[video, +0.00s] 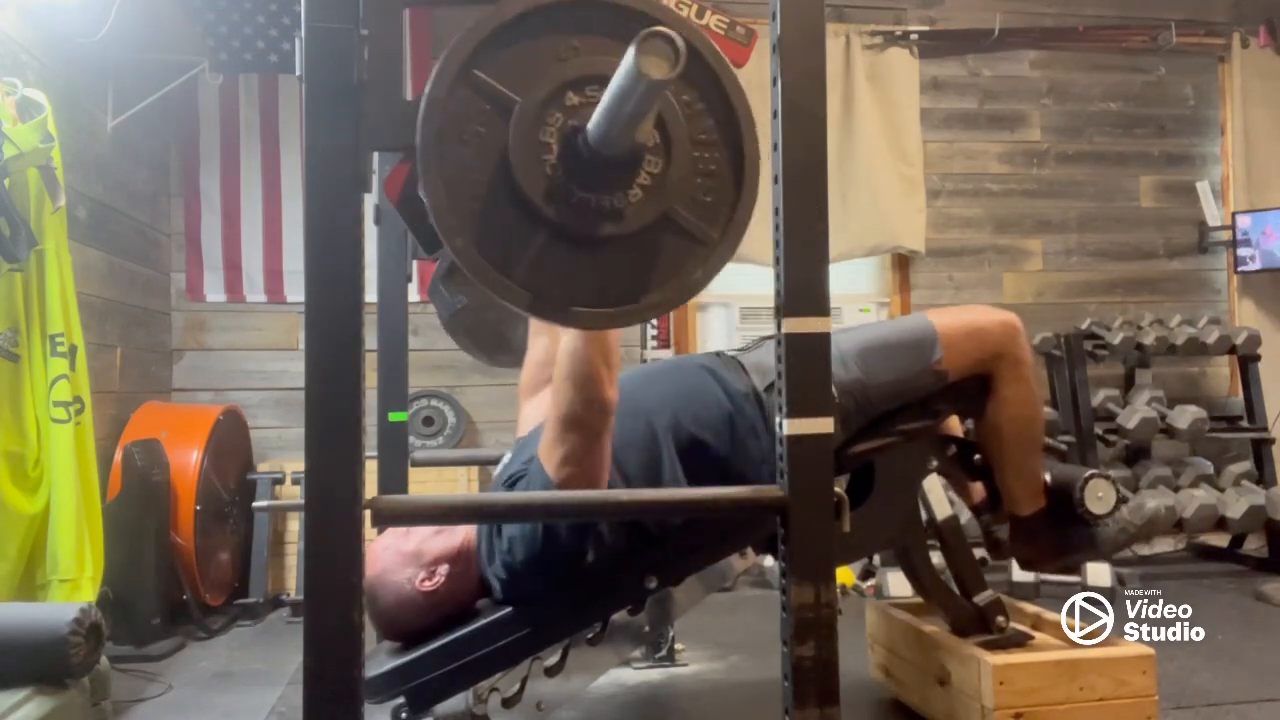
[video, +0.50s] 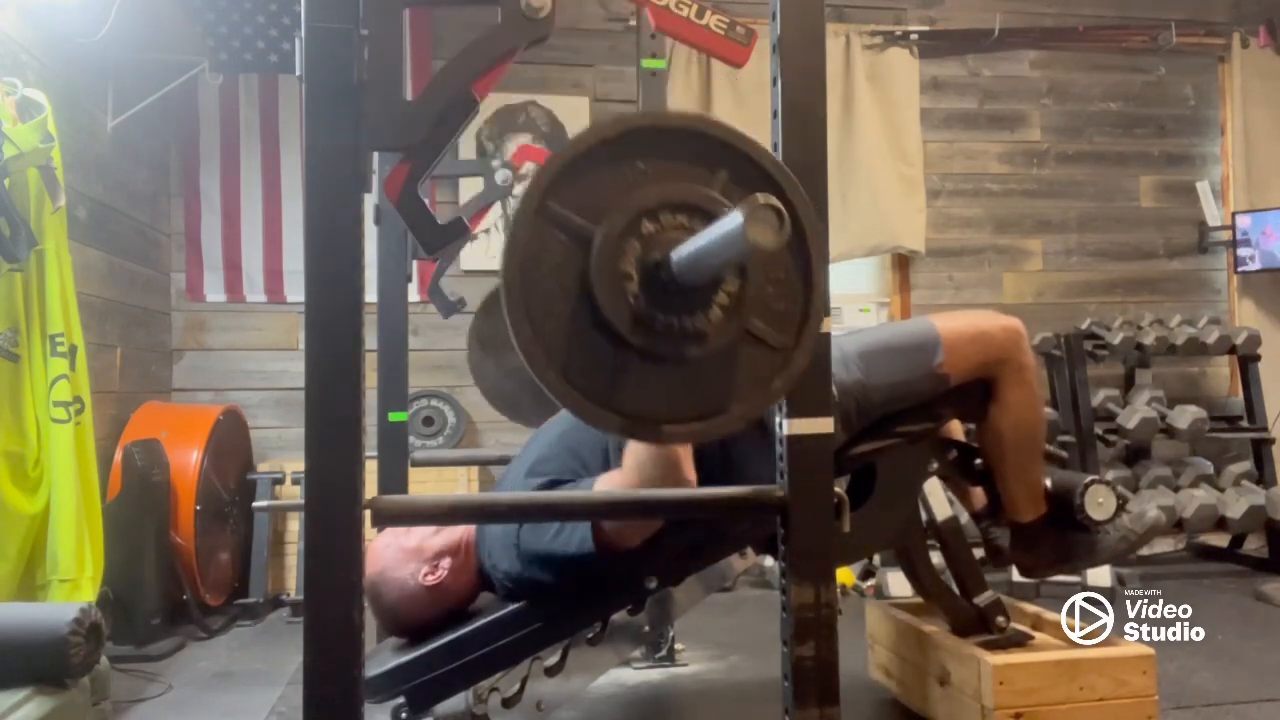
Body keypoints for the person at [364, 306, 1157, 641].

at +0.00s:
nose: (417, 529)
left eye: (401, 532)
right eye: (413, 547)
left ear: (430, 549)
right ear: (444, 581)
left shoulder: (502, 497)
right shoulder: (529, 562)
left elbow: (549, 378)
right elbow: (584, 401)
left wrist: (547, 219)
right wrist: (580, 232)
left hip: (742, 374)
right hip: (767, 426)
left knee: (939, 324)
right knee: (999, 335)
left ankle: (971, 468)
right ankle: (1031, 520)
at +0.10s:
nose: (416, 527)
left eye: (399, 532)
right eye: (411, 545)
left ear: (431, 553)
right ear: (445, 578)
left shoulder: (507, 494)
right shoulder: (534, 556)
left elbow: (558, 370)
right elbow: (604, 401)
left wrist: (563, 209)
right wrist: (607, 230)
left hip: (744, 374)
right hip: (772, 423)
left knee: (953, 328)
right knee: (1002, 339)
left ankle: (979, 479)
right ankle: (1029, 525)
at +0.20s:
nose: (414, 527)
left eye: (397, 532)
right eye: (409, 547)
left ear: (429, 550)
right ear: (443, 578)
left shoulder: (509, 493)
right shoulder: (535, 554)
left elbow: (567, 379)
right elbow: (622, 408)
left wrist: (551, 229)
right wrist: (602, 252)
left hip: (742, 369)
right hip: (772, 419)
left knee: (953, 330)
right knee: (1005, 342)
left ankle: (979, 482)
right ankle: (1031, 527)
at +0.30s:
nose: (414, 530)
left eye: (397, 534)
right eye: (411, 549)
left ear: (428, 544)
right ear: (444, 579)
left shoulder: (500, 496)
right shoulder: (529, 553)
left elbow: (578, 395)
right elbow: (636, 432)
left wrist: (573, 252)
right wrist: (620, 283)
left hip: (741, 374)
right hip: (767, 424)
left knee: (958, 329)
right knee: (1006, 343)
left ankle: (981, 482)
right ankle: (1031, 527)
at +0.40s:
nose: (417, 532)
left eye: (399, 535)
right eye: (415, 552)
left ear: (426, 539)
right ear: (445, 579)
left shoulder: (499, 496)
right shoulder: (526, 549)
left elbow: (619, 426)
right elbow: (651, 457)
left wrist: (604, 309)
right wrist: (634, 319)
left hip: (744, 369)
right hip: (764, 426)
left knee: (956, 327)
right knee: (1005, 342)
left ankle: (983, 476)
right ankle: (1031, 527)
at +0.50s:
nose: (417, 531)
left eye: (398, 536)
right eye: (415, 550)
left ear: (426, 543)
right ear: (445, 579)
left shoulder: (498, 496)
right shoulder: (526, 544)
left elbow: (617, 423)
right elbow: (656, 474)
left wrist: (637, 317)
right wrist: (655, 338)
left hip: (735, 384)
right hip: (760, 432)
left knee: (933, 321)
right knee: (1001, 340)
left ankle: (985, 477)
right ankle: (1032, 525)